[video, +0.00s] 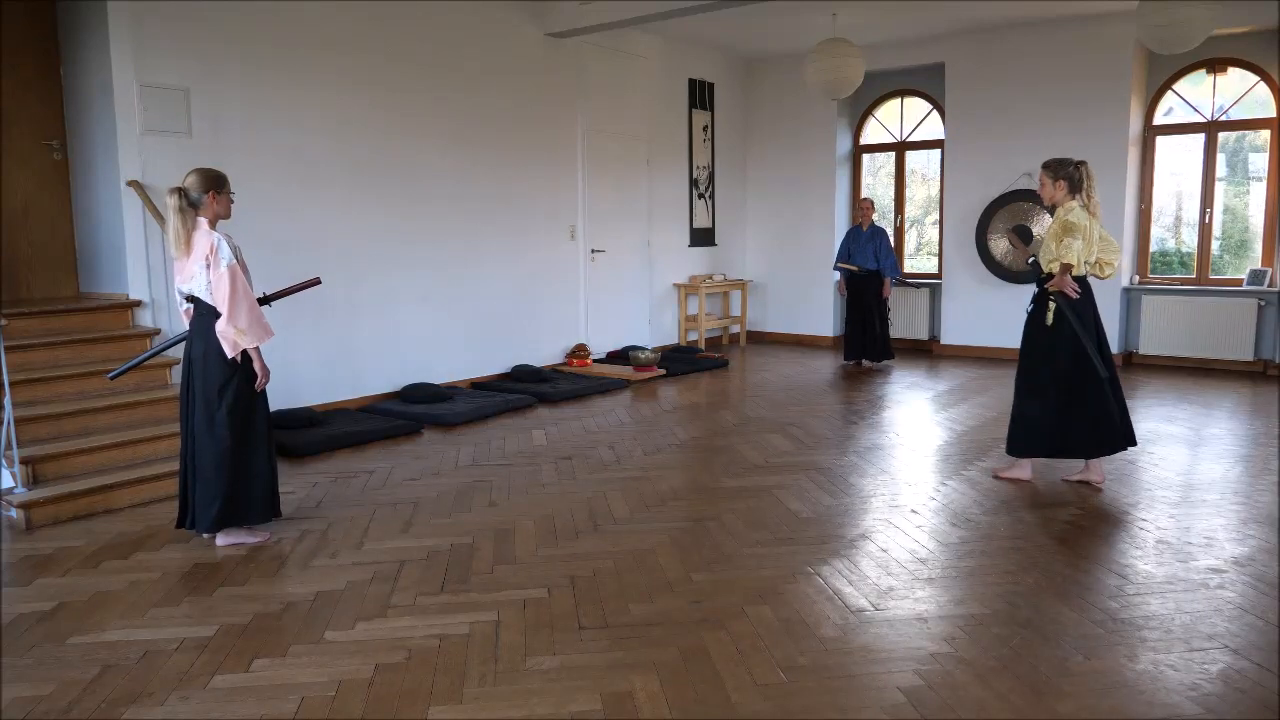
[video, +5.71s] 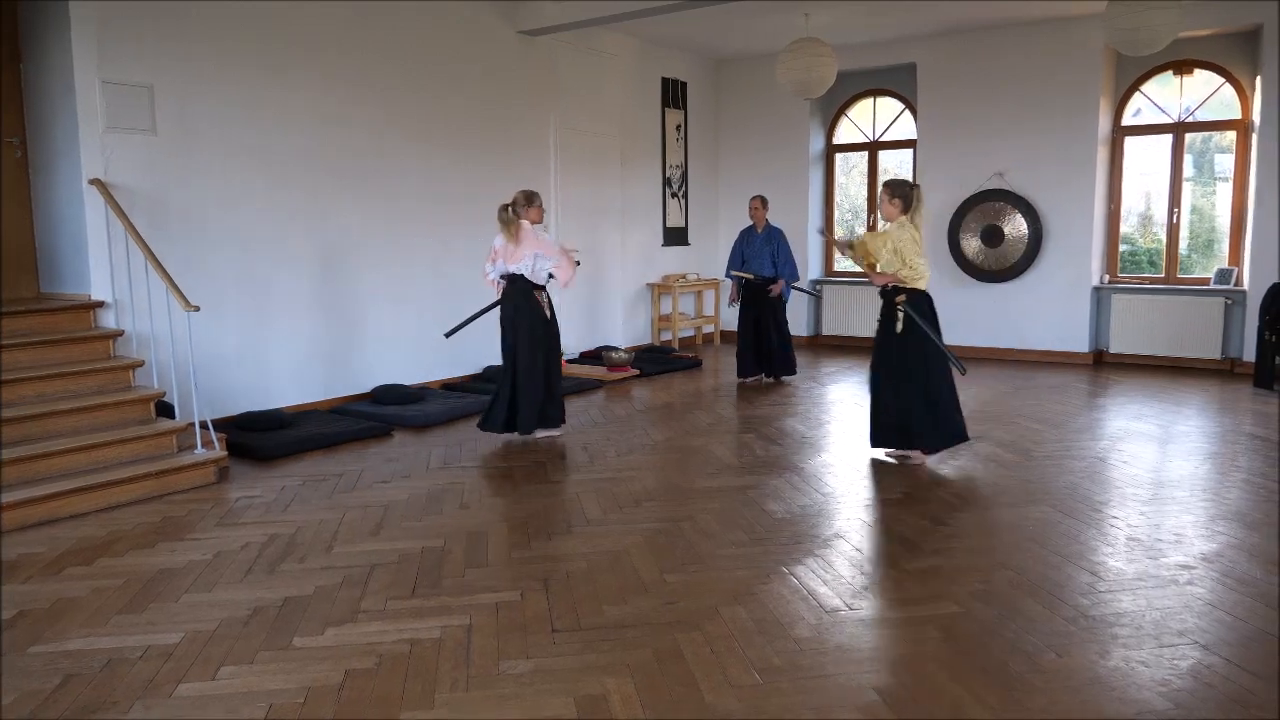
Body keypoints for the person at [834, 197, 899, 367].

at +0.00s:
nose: (864, 212)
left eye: (867, 209)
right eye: (861, 209)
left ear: (873, 211)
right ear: (858, 211)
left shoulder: (880, 233)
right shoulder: (852, 232)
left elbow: (887, 259)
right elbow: (843, 257)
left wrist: (887, 283)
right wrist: (842, 278)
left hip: (873, 278)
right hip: (854, 278)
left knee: (873, 317)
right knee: (855, 317)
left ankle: (871, 358)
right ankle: (855, 356)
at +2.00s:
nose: (860, 211)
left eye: (863, 208)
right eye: (858, 208)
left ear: (871, 211)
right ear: (855, 211)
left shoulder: (878, 233)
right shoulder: (851, 232)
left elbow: (886, 260)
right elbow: (842, 257)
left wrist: (885, 284)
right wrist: (840, 279)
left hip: (871, 279)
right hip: (853, 278)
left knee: (870, 318)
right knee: (853, 317)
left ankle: (870, 358)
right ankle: (855, 356)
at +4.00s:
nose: (835, 214)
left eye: (838, 211)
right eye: (833, 212)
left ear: (847, 214)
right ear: (832, 214)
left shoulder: (856, 236)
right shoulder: (826, 235)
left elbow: (864, 262)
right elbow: (818, 260)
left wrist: (865, 286)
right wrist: (816, 282)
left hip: (850, 283)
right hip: (829, 283)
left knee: (852, 322)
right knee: (826, 321)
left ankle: (854, 360)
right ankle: (825, 359)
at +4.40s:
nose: (815, 215)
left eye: (818, 212)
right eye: (813, 212)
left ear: (827, 213)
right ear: (811, 214)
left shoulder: (836, 236)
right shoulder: (807, 235)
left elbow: (844, 262)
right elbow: (798, 260)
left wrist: (844, 288)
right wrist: (795, 283)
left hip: (830, 283)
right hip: (810, 283)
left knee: (830, 323)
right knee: (810, 322)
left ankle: (832, 361)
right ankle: (813, 360)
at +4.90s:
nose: (794, 215)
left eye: (797, 212)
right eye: (792, 212)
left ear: (807, 213)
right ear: (790, 214)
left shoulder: (817, 236)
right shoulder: (786, 236)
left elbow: (825, 264)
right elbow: (777, 262)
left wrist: (826, 288)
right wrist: (775, 286)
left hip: (810, 284)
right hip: (790, 283)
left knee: (806, 324)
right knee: (788, 324)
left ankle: (803, 365)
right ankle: (786, 364)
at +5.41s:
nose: (771, 215)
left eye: (774, 212)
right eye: (769, 212)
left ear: (783, 213)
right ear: (767, 214)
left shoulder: (793, 237)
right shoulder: (763, 237)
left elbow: (802, 266)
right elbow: (754, 264)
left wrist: (801, 291)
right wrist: (751, 288)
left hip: (787, 287)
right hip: (765, 287)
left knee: (788, 329)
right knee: (761, 328)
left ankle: (792, 370)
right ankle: (759, 369)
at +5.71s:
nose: (752, 212)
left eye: (756, 209)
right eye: (750, 209)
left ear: (766, 210)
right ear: (748, 211)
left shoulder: (776, 234)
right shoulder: (744, 235)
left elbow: (786, 262)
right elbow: (736, 262)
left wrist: (781, 283)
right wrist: (734, 287)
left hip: (771, 286)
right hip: (749, 285)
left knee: (773, 328)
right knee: (749, 329)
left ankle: (775, 371)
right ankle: (754, 372)